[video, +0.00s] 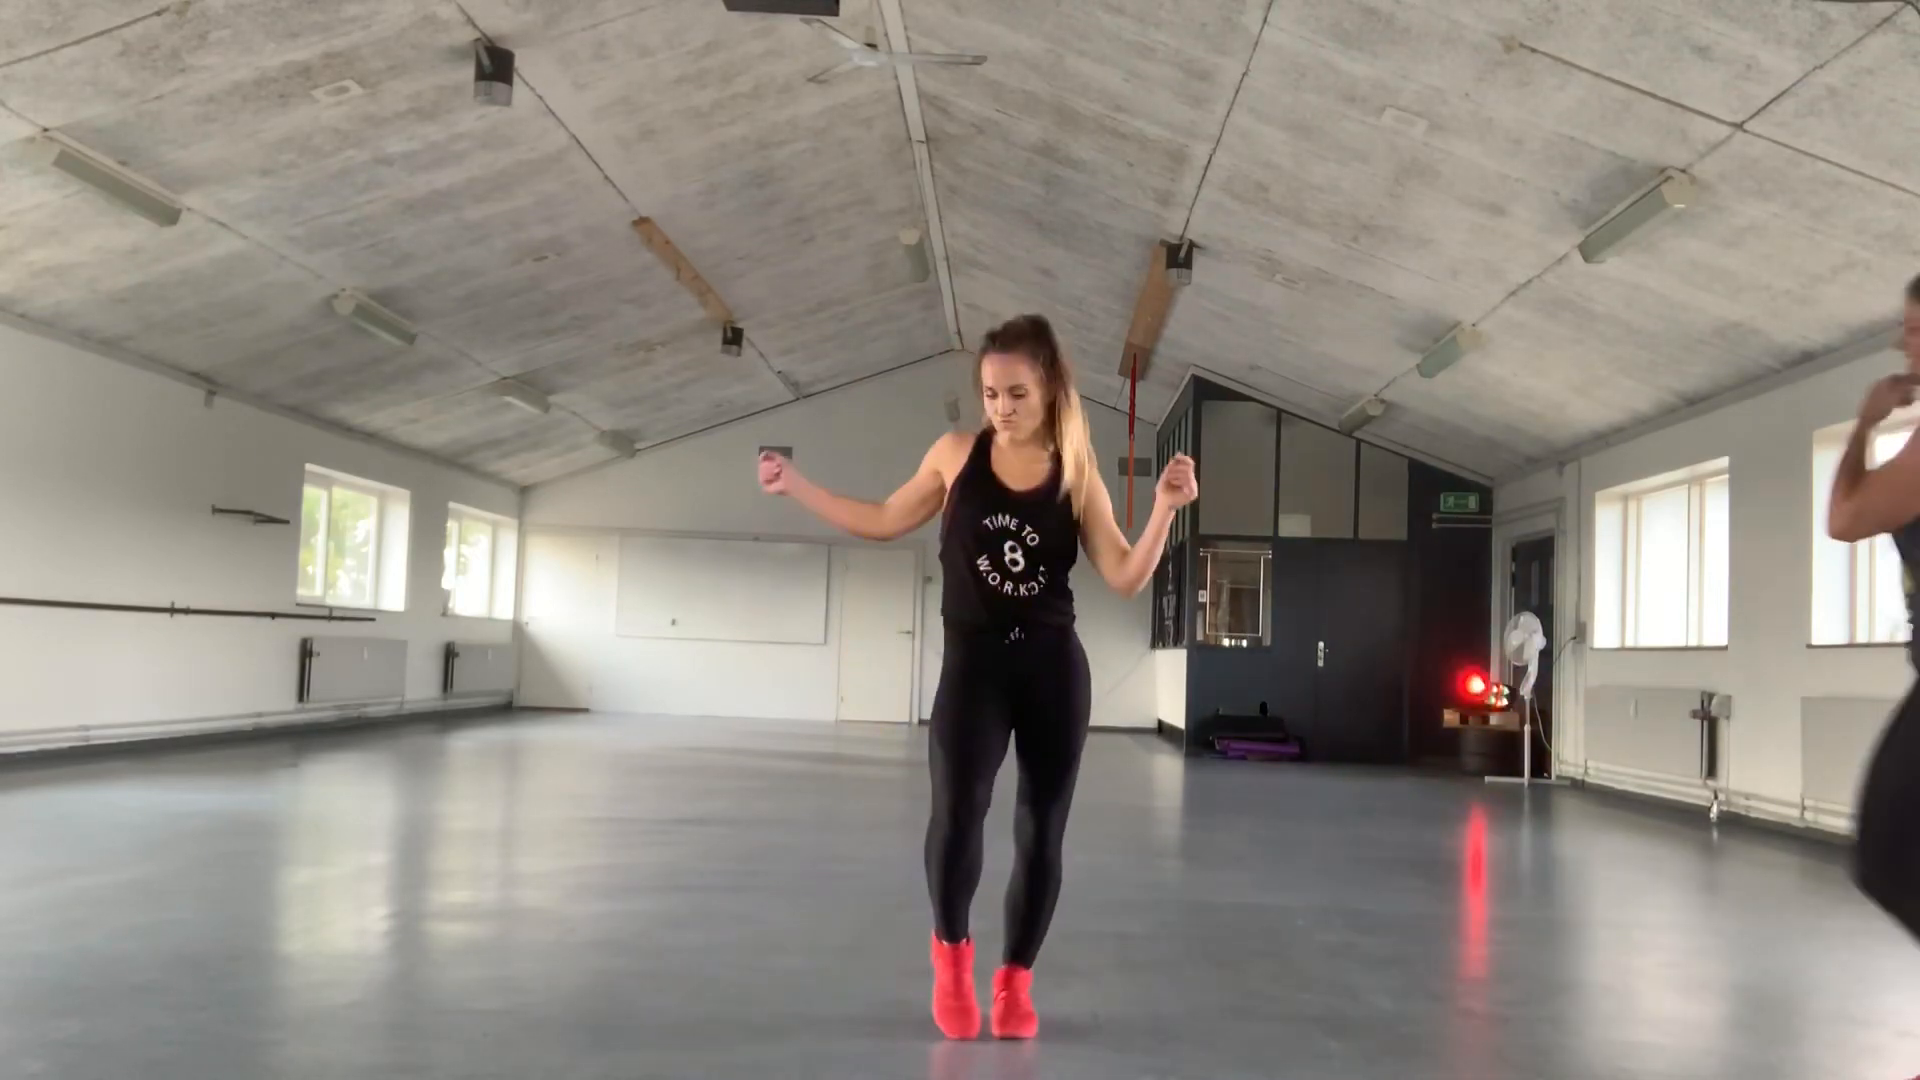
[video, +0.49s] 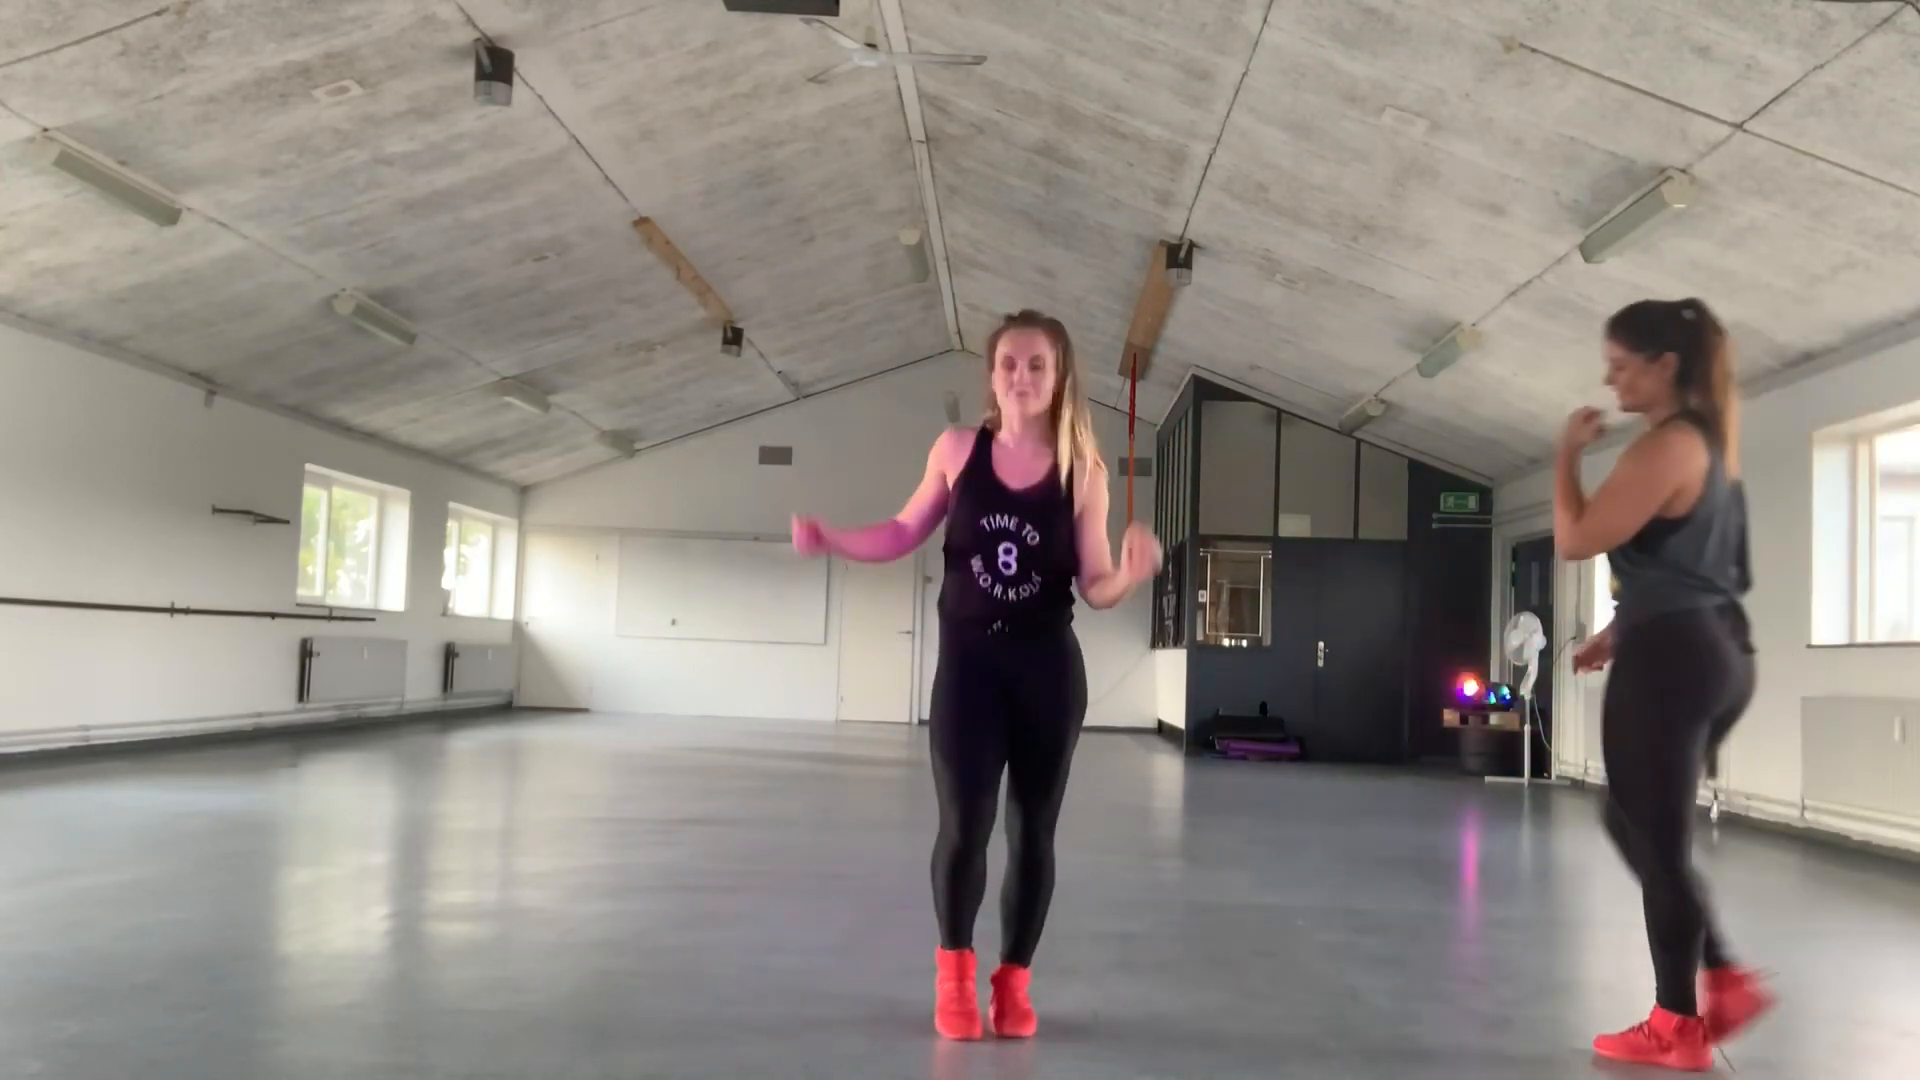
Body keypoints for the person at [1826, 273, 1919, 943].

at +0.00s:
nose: (1907, 345)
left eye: (1913, 331)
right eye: (1907, 331)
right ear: (1908, 337)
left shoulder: (1918, 446)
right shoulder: (1913, 442)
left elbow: (1845, 518)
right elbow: (1851, 517)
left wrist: (1865, 424)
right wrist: (1867, 425)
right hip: (1919, 682)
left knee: (1882, 858)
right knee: (1881, 856)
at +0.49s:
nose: (1611, 382)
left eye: (1622, 368)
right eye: (1610, 368)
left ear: (1667, 366)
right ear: (1671, 371)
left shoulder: (1668, 448)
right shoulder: (1708, 444)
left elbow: (1572, 538)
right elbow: (1693, 568)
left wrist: (1567, 453)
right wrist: (1622, 633)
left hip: (1671, 652)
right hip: (1713, 648)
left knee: (1661, 836)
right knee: (1627, 814)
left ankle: (1677, 1022)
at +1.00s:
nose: (1383, 396)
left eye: (1398, 387)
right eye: (1380, 385)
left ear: (1437, 398)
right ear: (1378, 394)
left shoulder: (1444, 477)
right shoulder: (1393, 471)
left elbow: (1485, 585)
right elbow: (1367, 563)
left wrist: (1513, 677)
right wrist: (1298, 615)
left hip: (1430, 657)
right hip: (1424, 655)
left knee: (1347, 803)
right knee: (1413, 812)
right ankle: (1461, 970)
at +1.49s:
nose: (1307, 400)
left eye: (1319, 391)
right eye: (1297, 390)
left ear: (1337, 407)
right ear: (1278, 401)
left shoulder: (1359, 490)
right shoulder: (1238, 478)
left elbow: (1376, 586)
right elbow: (1204, 558)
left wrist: (1374, 671)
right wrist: (1183, 621)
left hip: (1324, 660)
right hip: (1251, 659)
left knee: (1314, 799)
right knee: (1260, 796)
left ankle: (1341, 958)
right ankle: (1254, 929)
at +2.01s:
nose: (1282, 399)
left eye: (1292, 392)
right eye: (1270, 392)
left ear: (1308, 408)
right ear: (1251, 408)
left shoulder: (1334, 488)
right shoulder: (1216, 478)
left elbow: (1346, 579)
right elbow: (1185, 563)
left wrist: (1369, 659)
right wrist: (1156, 639)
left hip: (1299, 661)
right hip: (1222, 657)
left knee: (1277, 791)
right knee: (1218, 785)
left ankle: (1274, 926)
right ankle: (1216, 913)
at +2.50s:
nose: (1279, 401)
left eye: (1289, 393)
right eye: (1267, 392)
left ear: (1303, 409)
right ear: (1248, 408)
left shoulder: (1326, 489)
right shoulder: (1213, 476)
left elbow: (1334, 580)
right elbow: (1180, 558)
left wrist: (1356, 653)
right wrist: (1154, 627)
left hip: (1294, 657)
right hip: (1220, 653)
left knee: (1274, 788)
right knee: (1227, 780)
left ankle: (1269, 921)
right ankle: (1220, 913)